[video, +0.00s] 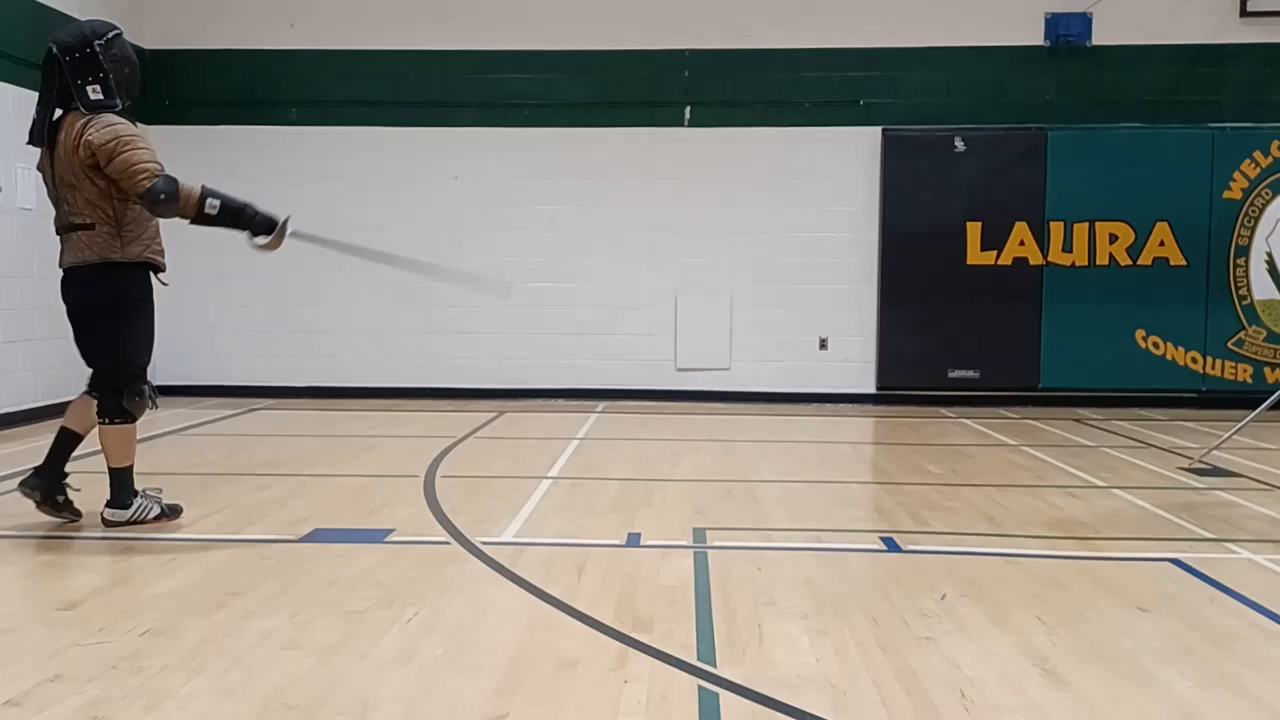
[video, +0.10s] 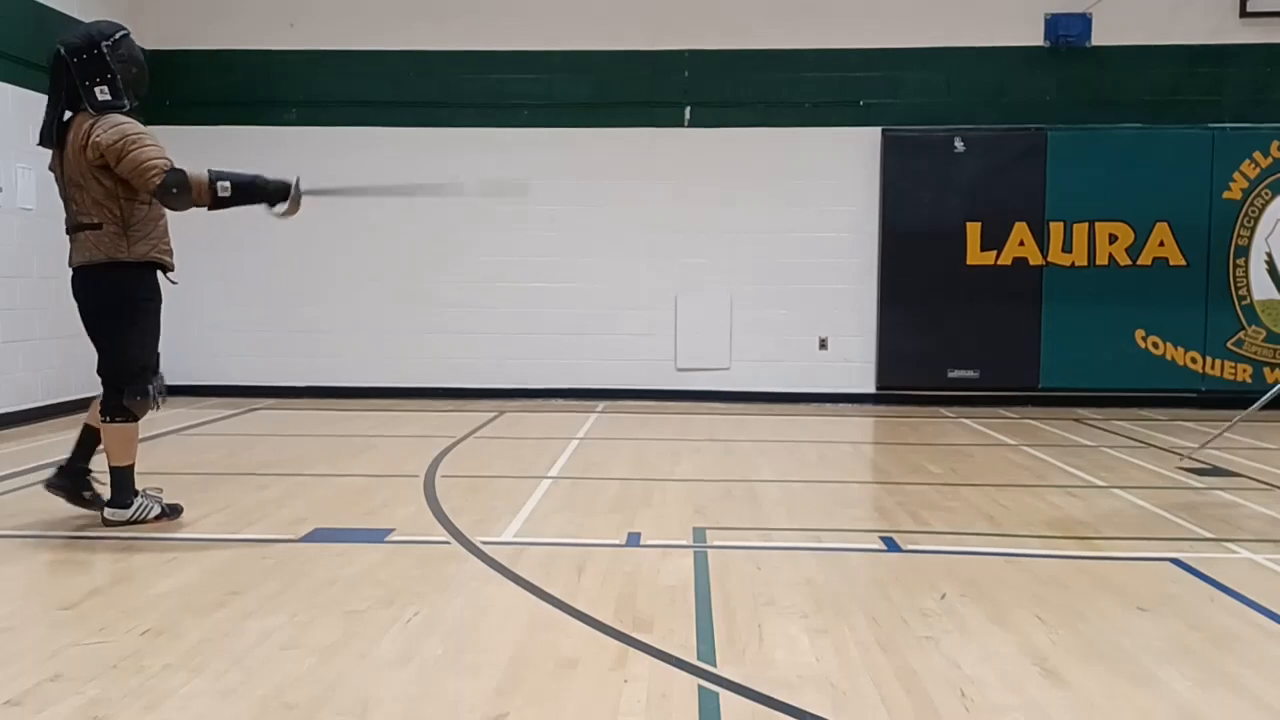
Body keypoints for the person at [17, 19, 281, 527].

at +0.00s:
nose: (128, 73)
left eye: (125, 63)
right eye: (120, 64)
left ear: (72, 74)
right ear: (99, 70)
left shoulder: (62, 131)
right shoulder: (105, 129)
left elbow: (73, 207)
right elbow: (160, 193)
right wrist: (241, 213)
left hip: (85, 276)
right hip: (117, 276)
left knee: (111, 380)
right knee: (122, 386)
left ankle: (47, 476)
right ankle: (123, 499)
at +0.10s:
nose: (135, 73)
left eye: (132, 63)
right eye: (127, 64)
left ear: (82, 74)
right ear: (106, 69)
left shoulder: (76, 129)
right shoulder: (111, 129)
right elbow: (171, 186)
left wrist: (226, 190)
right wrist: (256, 188)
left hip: (100, 274)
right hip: (123, 275)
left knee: (124, 381)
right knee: (130, 386)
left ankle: (74, 473)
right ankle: (124, 498)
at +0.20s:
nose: (146, 70)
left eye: (142, 61)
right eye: (136, 62)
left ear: (93, 74)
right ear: (115, 69)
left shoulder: (92, 129)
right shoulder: (120, 130)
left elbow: (174, 188)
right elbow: (178, 188)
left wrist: (233, 176)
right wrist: (250, 167)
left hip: (113, 272)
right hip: (126, 274)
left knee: (137, 379)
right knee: (132, 382)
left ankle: (114, 479)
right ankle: (120, 493)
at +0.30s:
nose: (159, 72)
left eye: (155, 62)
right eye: (148, 63)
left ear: (106, 76)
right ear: (124, 72)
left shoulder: (101, 129)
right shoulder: (129, 133)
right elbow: (188, 192)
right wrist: (250, 153)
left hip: (133, 274)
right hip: (129, 277)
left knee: (158, 377)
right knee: (130, 384)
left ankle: (155, 482)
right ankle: (122, 500)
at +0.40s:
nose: (168, 74)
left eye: (164, 63)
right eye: (158, 66)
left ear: (116, 81)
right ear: (135, 77)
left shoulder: (112, 134)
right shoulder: (140, 137)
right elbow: (201, 195)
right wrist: (247, 143)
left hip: (141, 279)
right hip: (143, 282)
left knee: (165, 383)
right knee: (138, 387)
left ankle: (174, 484)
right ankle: (123, 499)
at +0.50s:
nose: (177, 74)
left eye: (172, 63)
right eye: (166, 66)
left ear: (124, 82)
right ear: (143, 78)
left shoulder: (120, 136)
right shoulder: (150, 139)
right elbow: (211, 195)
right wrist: (250, 141)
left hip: (148, 278)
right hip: (156, 280)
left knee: (170, 383)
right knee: (150, 385)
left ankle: (174, 483)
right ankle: (124, 498)